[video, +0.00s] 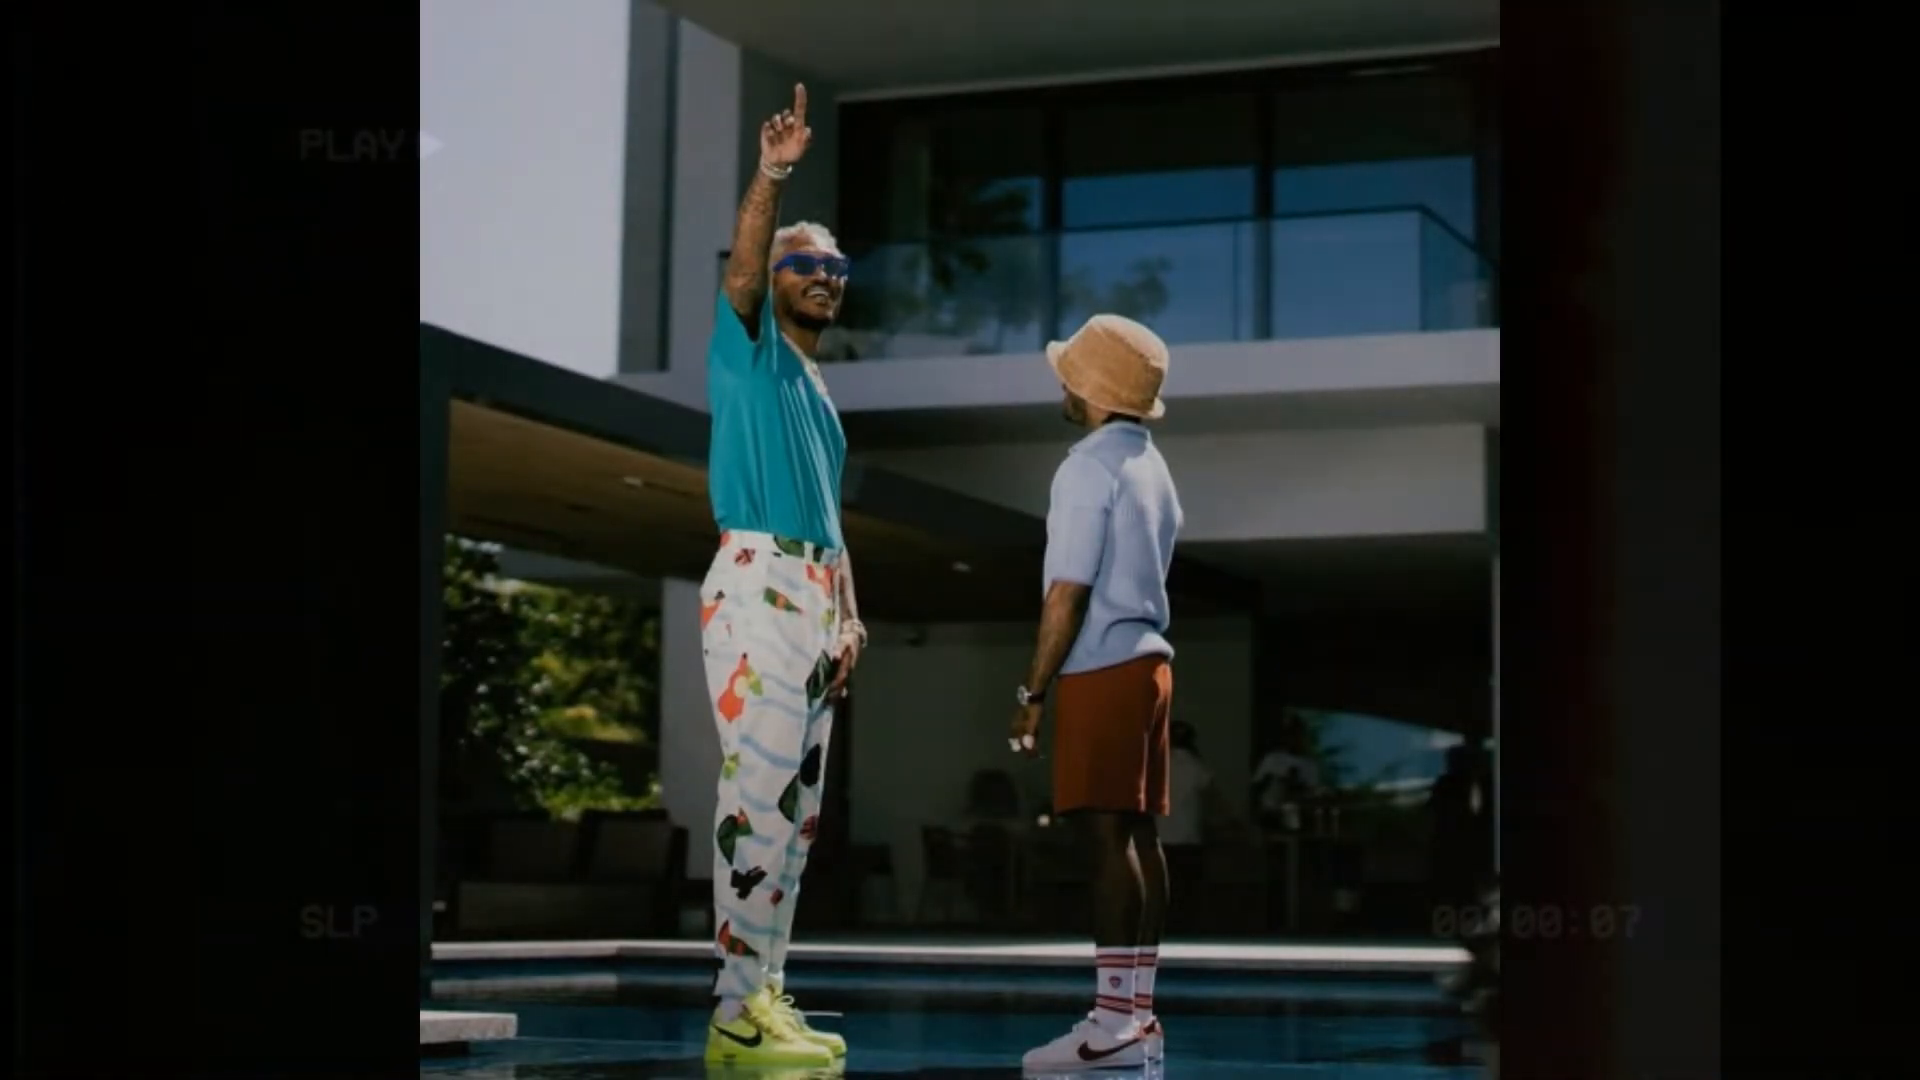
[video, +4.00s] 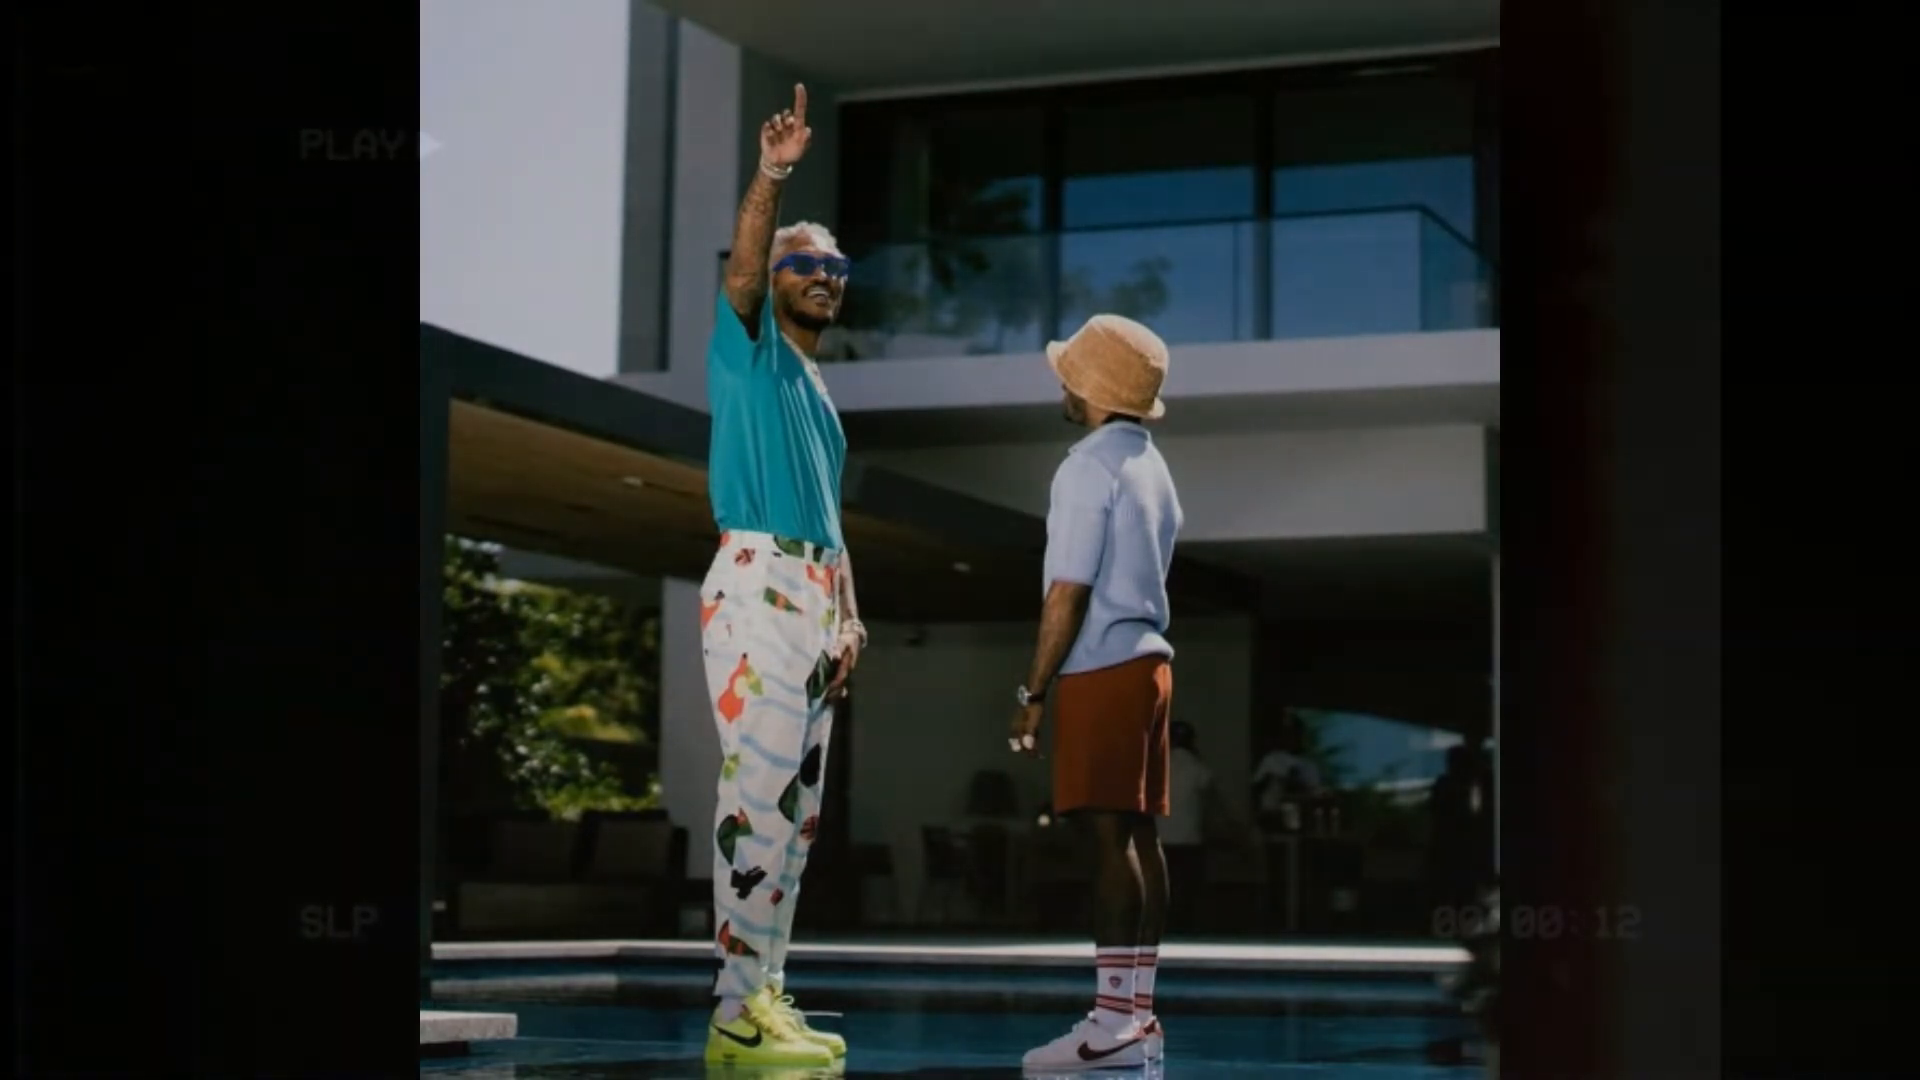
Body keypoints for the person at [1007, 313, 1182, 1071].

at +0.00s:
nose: (1064, 388)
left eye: (1072, 379)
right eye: (1069, 377)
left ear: (1091, 391)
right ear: (1131, 394)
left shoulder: (1088, 468)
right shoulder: (1148, 463)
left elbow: (1067, 595)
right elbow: (1147, 577)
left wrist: (1031, 691)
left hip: (1104, 670)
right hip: (1147, 666)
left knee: (1107, 837)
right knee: (1139, 837)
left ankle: (1116, 1014)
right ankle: (1134, 1011)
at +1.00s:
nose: (1064, 387)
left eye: (1072, 377)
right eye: (1069, 376)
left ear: (1092, 390)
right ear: (1130, 394)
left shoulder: (1087, 468)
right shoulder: (1147, 463)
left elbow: (1067, 594)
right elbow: (1148, 578)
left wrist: (1032, 691)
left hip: (1104, 669)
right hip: (1147, 665)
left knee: (1108, 839)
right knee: (1139, 838)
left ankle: (1116, 1015)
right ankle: (1135, 1012)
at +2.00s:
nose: (1064, 388)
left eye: (1072, 378)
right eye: (1068, 376)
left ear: (1092, 391)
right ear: (1130, 394)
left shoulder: (1088, 468)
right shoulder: (1148, 463)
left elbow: (1067, 594)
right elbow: (1149, 577)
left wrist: (1032, 691)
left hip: (1104, 670)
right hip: (1146, 666)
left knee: (1109, 839)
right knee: (1139, 838)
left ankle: (1116, 1015)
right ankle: (1135, 1012)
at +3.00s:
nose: (1064, 388)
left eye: (1072, 378)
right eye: (1068, 376)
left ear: (1093, 391)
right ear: (1130, 395)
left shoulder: (1087, 468)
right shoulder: (1148, 463)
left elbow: (1067, 594)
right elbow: (1149, 576)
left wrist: (1031, 692)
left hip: (1104, 669)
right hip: (1146, 666)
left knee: (1108, 839)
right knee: (1140, 839)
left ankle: (1116, 1015)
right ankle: (1135, 1012)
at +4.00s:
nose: (1064, 388)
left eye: (1072, 377)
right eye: (1068, 376)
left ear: (1093, 389)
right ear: (1130, 393)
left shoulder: (1088, 468)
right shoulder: (1148, 463)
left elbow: (1068, 594)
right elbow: (1147, 580)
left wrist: (1032, 691)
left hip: (1104, 669)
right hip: (1147, 666)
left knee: (1109, 838)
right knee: (1139, 837)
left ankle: (1116, 1015)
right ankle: (1135, 1012)